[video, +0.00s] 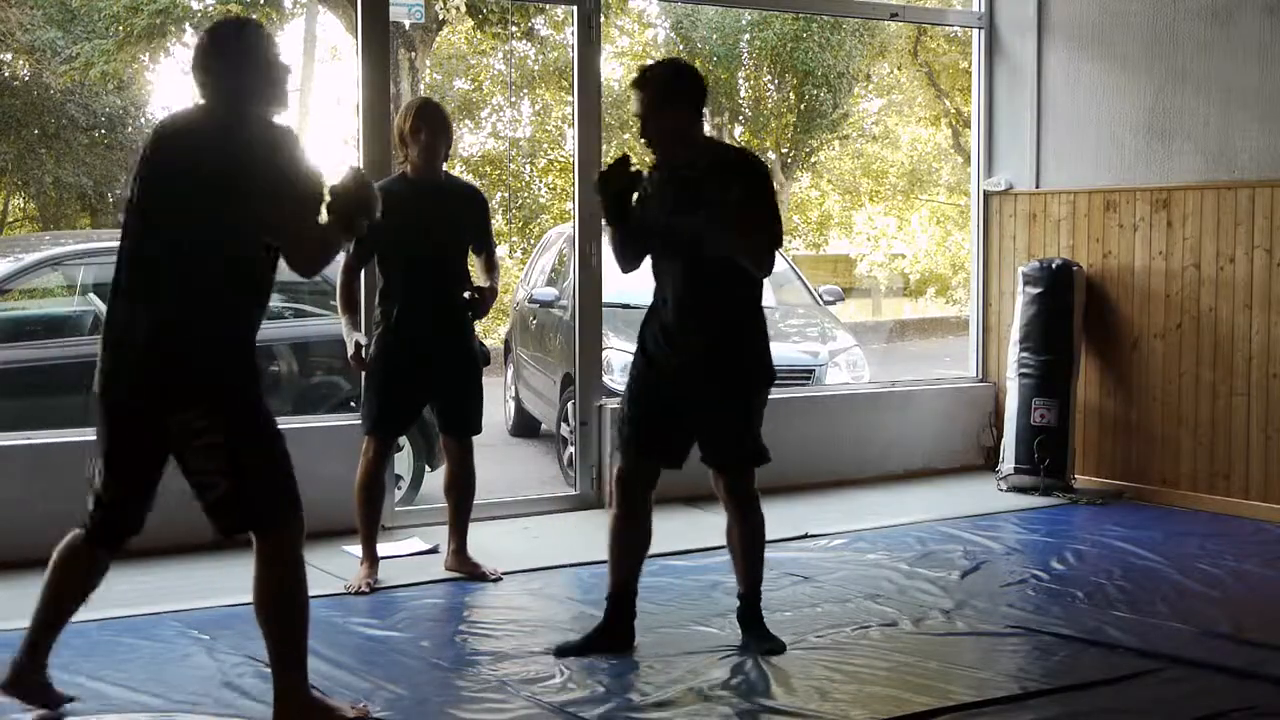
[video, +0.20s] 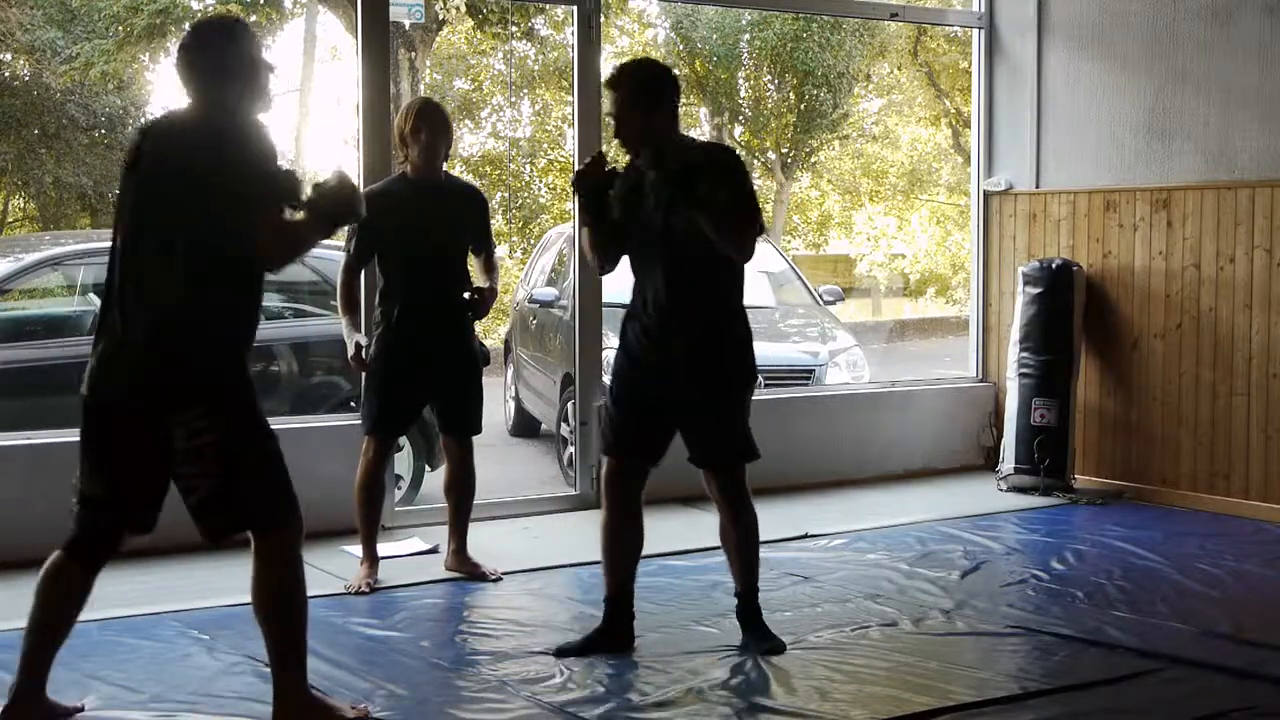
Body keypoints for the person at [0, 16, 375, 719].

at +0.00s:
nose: (287, 72)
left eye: (281, 60)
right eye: (276, 62)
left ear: (209, 72)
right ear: (250, 72)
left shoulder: (168, 136)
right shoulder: (268, 146)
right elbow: (308, 258)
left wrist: (323, 212)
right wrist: (348, 210)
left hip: (131, 366)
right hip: (211, 371)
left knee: (108, 523)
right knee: (279, 526)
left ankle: (28, 664)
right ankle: (293, 696)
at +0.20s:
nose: (269, 75)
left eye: (265, 62)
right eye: (260, 63)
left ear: (194, 72)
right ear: (234, 72)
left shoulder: (152, 138)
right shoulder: (242, 140)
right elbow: (269, 249)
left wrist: (294, 206)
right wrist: (326, 216)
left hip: (124, 372)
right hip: (204, 375)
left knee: (92, 535)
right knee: (277, 525)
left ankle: (25, 695)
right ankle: (293, 695)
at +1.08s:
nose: (284, 83)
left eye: (280, 71)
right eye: (273, 72)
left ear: (219, 82)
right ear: (246, 80)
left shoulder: (184, 145)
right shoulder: (254, 146)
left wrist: (306, 148)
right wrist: (307, 145)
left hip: (165, 373)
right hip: (231, 374)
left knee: (111, 540)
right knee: (321, 520)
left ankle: (33, 696)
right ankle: (317, 692)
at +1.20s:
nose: (310, 80)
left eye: (308, 67)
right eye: (304, 67)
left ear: (239, 72)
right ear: (285, 71)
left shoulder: (204, 134)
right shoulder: (309, 133)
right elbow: (386, 142)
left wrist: (307, 84)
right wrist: (380, 62)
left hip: (222, 355)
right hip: (297, 353)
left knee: (232, 511)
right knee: (353, 505)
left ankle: (212, 549)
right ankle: (326, 680)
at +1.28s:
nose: (315, 61)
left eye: (312, 50)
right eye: (311, 49)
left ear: (241, 52)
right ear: (298, 52)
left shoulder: (205, 117)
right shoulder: (314, 110)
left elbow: (213, 227)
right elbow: (414, 130)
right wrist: (410, 62)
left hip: (251, 336)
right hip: (326, 323)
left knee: (288, 493)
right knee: (397, 441)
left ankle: (326, 649)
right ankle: (377, 569)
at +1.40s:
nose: (332, 84)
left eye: (331, 71)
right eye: (327, 71)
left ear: (268, 71)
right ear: (302, 73)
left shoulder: (227, 133)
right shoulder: (326, 133)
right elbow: (404, 169)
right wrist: (443, 139)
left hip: (270, 347)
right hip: (340, 333)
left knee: (334, 524)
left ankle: (354, 679)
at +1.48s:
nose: (350, 100)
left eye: (349, 89)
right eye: (347, 86)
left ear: (280, 78)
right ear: (334, 84)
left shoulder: (231, 138)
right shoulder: (353, 147)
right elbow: (405, 230)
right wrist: (481, 199)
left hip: (299, 352)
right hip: (372, 330)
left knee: (356, 530)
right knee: (500, 311)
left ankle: (356, 680)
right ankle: (610, 390)